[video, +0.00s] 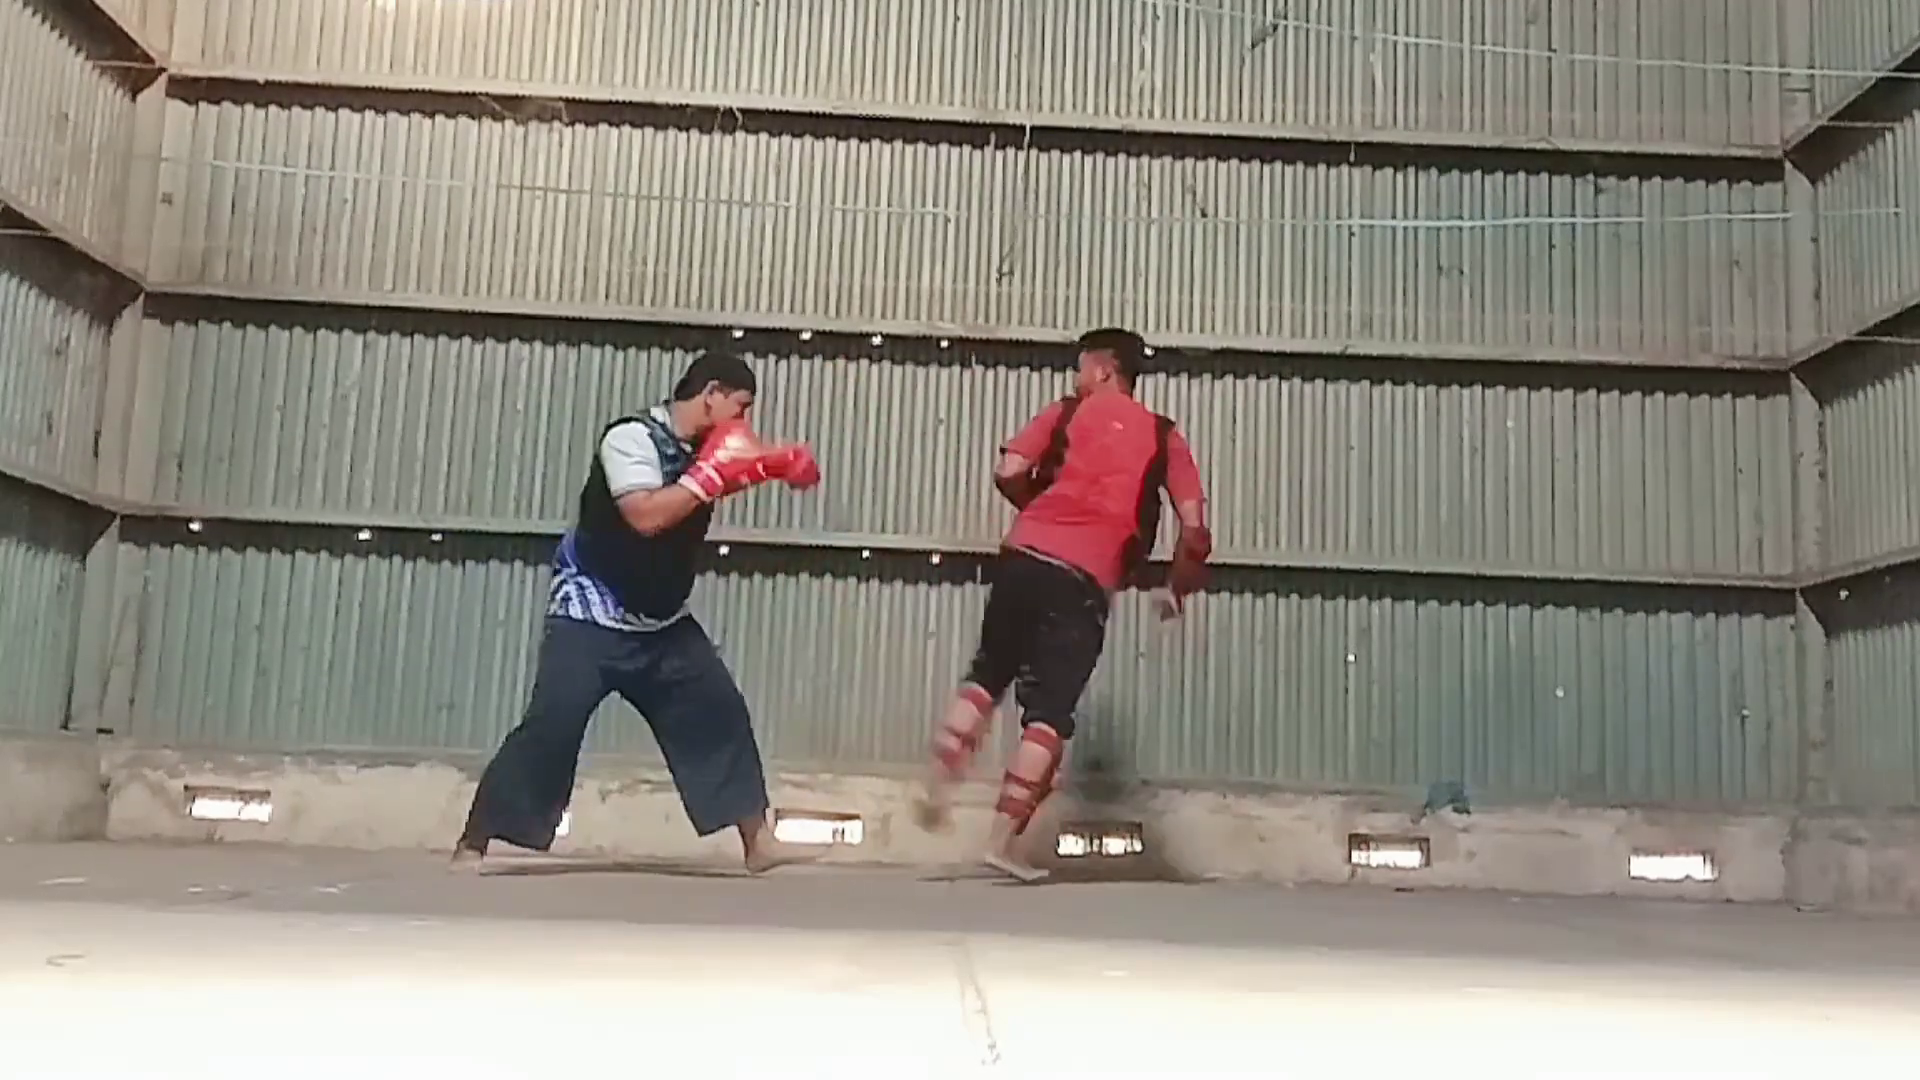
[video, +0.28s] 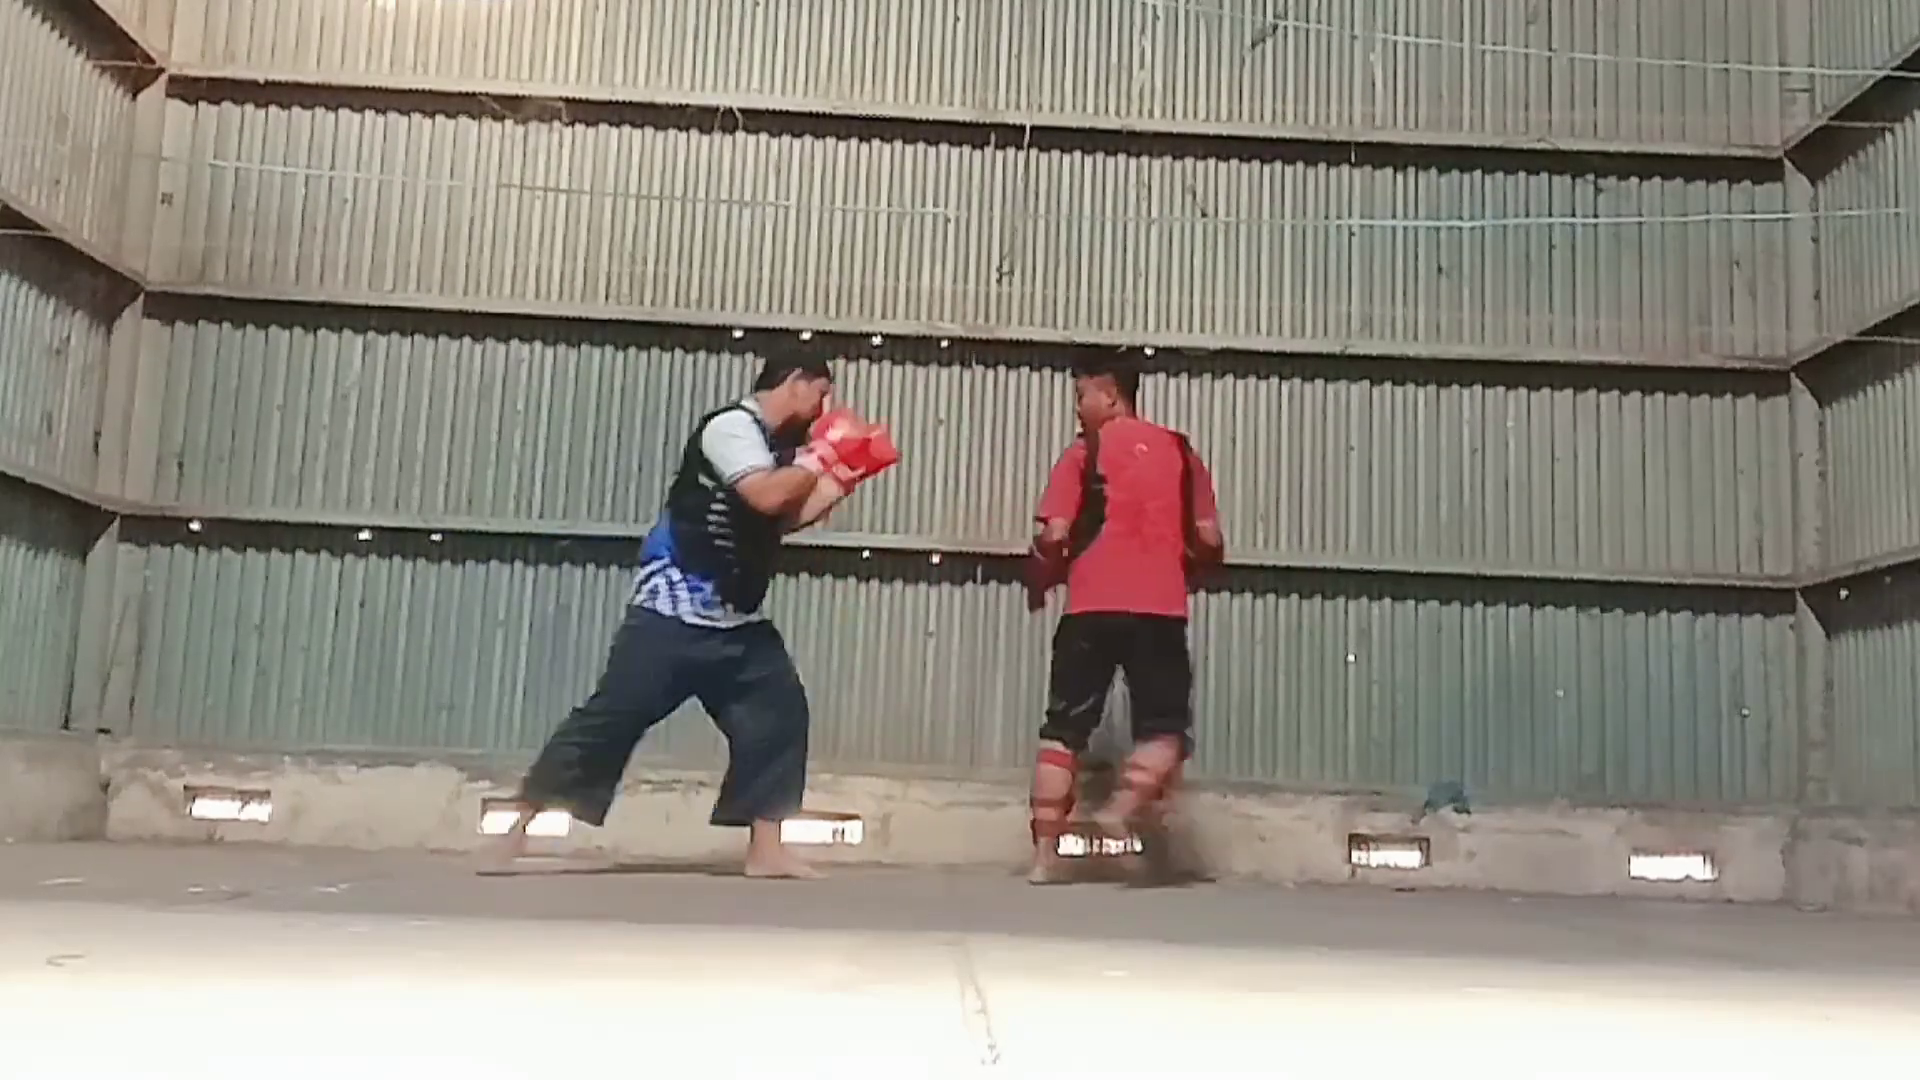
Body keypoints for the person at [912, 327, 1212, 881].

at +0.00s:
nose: (1076, 381)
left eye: (1081, 370)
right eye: (1079, 371)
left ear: (1105, 369)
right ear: (1130, 376)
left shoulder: (1067, 411)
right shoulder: (1165, 436)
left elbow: (1008, 472)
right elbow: (1195, 529)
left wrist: (1045, 510)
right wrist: (1178, 585)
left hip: (1020, 566)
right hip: (1081, 586)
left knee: (989, 672)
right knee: (1048, 713)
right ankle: (1000, 846)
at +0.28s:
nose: (1077, 409)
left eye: (1081, 397)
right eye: (1077, 398)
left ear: (1109, 394)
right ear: (1127, 397)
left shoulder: (1085, 449)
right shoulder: (1182, 449)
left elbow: (1055, 531)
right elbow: (1207, 536)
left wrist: (1042, 574)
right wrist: (1194, 563)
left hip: (1091, 613)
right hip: (1159, 616)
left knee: (1064, 726)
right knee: (1164, 729)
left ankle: (1048, 852)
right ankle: (1116, 818)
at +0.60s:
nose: (1153, 442)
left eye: (1159, 430)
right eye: (1155, 430)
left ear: (1185, 431)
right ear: (1200, 435)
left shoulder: (1165, 489)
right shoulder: (1255, 488)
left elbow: (1143, 565)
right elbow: (1293, 576)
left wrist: (1132, 629)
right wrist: (1270, 635)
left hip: (1186, 653)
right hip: (1257, 653)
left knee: (1117, 737)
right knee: (1288, 756)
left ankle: (1106, 855)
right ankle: (1333, 868)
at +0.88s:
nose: (1268, 416)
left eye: (1268, 405)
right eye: (1265, 404)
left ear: (1219, 404)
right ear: (1240, 402)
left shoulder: (1178, 449)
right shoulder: (1235, 445)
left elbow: (1177, 534)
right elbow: (1229, 529)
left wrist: (1235, 581)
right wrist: (1272, 598)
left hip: (1119, 586)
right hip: (1181, 587)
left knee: (1129, 715)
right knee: (1242, 685)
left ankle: (1109, 843)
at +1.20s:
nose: (1261, 448)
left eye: (1274, 443)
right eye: (1252, 435)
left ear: (1282, 457)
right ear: (1231, 437)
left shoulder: (1234, 512)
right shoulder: (1208, 476)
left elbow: (1177, 577)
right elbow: (1156, 530)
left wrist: (1157, 642)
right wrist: (1202, 599)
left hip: (1113, 619)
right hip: (1101, 577)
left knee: (1096, 731)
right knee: (1031, 631)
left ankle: (1071, 859)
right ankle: (965, 557)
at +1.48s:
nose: (1299, 448)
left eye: (1303, 437)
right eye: (1299, 434)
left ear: (1257, 422)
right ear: (1275, 423)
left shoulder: (1218, 457)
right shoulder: (1240, 459)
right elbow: (1209, 529)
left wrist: (1207, 620)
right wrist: (1250, 604)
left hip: (1124, 589)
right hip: (1165, 597)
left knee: (1120, 720)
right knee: (1206, 715)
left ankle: (1072, 853)